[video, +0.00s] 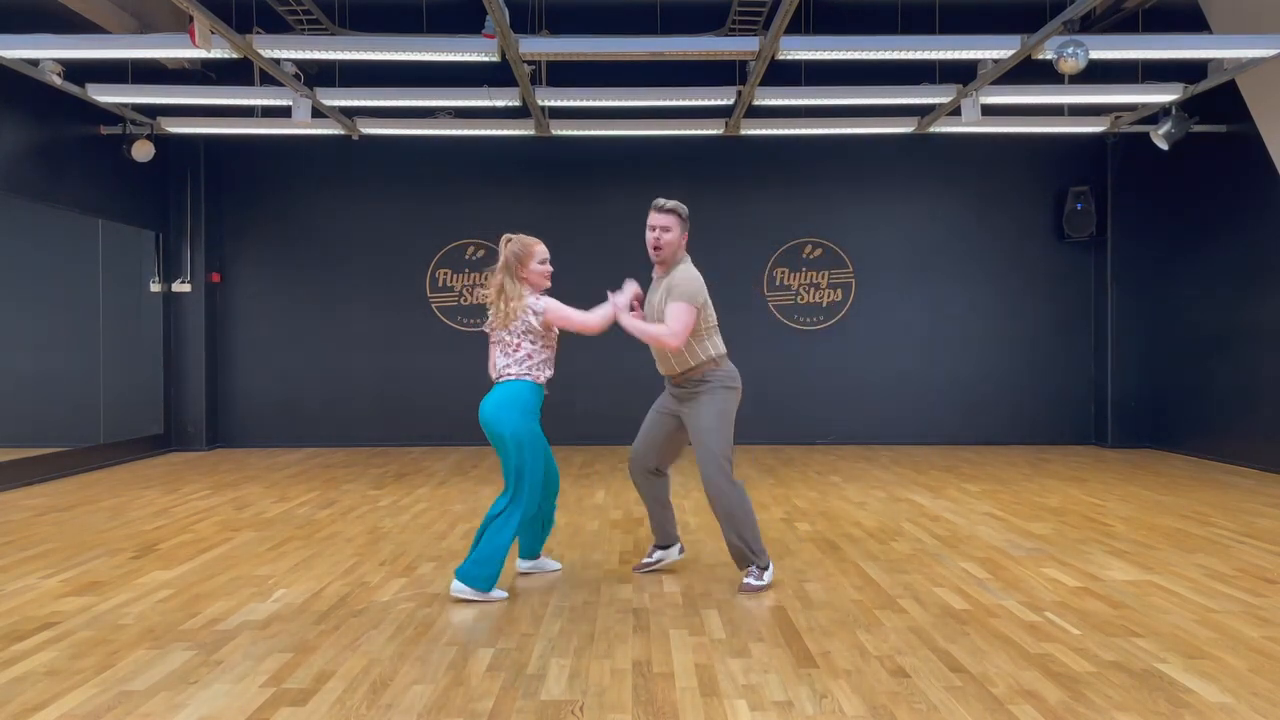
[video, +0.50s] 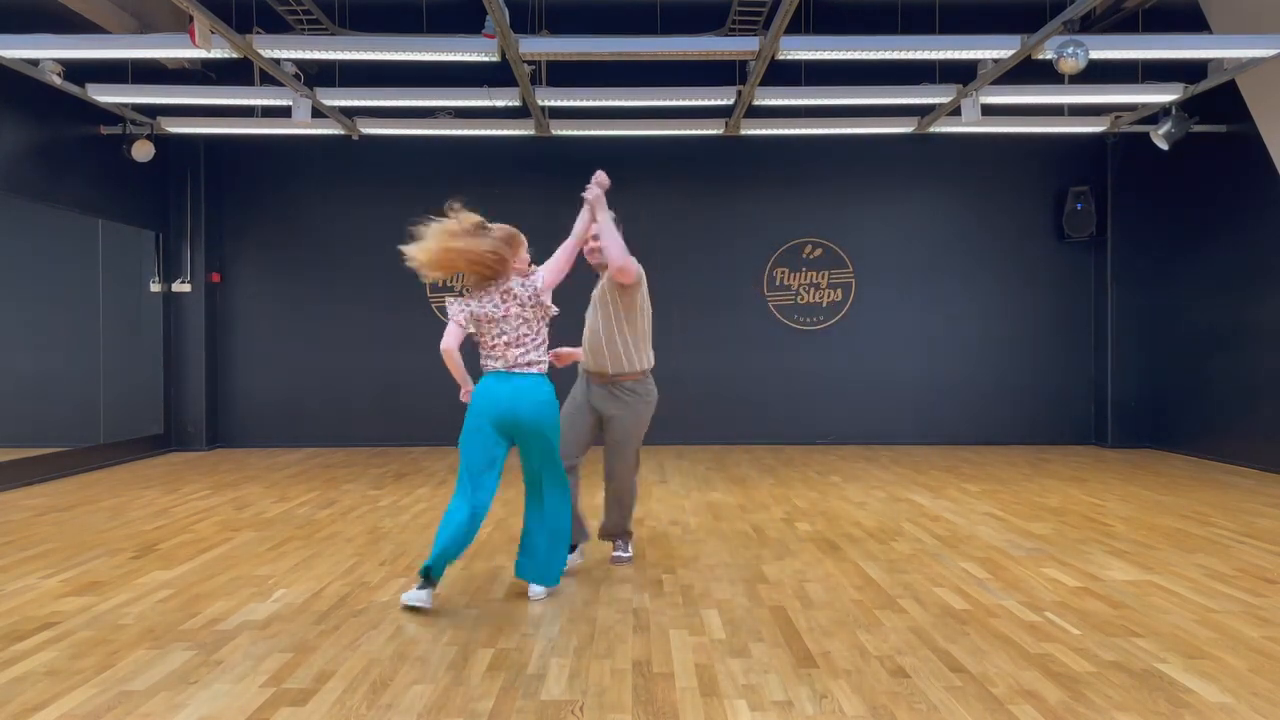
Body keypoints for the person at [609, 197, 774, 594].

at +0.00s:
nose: (656, 237)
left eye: (665, 231)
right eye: (651, 230)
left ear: (684, 238)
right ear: (645, 234)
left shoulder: (685, 280)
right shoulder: (658, 280)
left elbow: (673, 337)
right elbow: (660, 324)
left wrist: (626, 319)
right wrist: (639, 310)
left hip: (712, 384)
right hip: (677, 388)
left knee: (715, 474)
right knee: (643, 463)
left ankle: (757, 563)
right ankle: (667, 544)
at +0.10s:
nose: (647, 222)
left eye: (656, 215)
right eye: (642, 214)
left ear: (672, 223)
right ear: (633, 218)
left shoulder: (670, 260)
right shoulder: (638, 260)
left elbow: (616, 277)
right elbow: (657, 308)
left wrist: (576, 234)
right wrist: (627, 308)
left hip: (697, 367)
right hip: (658, 376)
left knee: (733, 450)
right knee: (635, 458)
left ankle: (771, 539)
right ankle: (656, 538)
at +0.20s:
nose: (634, 219)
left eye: (644, 214)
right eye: (630, 211)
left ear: (660, 224)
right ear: (622, 214)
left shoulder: (651, 252)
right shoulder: (627, 256)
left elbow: (582, 238)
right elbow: (642, 295)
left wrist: (528, 203)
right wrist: (612, 295)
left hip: (681, 367)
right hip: (639, 377)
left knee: (727, 445)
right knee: (636, 465)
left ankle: (785, 519)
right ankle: (660, 545)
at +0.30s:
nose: (622, 213)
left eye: (631, 208)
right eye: (617, 207)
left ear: (649, 215)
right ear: (612, 210)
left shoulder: (643, 245)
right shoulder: (617, 250)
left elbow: (577, 231)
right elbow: (627, 292)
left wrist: (531, 201)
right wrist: (593, 293)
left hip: (663, 364)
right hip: (623, 371)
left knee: (692, 445)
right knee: (620, 457)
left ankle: (730, 520)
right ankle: (653, 538)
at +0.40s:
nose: (604, 223)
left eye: (613, 216)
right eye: (599, 217)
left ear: (632, 218)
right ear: (596, 216)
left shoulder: (636, 246)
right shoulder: (608, 255)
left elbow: (590, 242)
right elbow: (619, 314)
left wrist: (561, 204)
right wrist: (580, 323)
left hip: (649, 367)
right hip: (608, 367)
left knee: (649, 456)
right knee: (585, 448)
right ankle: (619, 525)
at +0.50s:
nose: (590, 246)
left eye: (596, 239)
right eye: (584, 241)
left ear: (615, 238)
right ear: (581, 248)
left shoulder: (630, 274)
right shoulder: (602, 283)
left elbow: (620, 265)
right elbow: (610, 344)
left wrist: (601, 211)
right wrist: (576, 353)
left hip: (630, 390)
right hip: (590, 384)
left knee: (620, 471)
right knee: (560, 459)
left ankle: (619, 535)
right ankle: (573, 535)